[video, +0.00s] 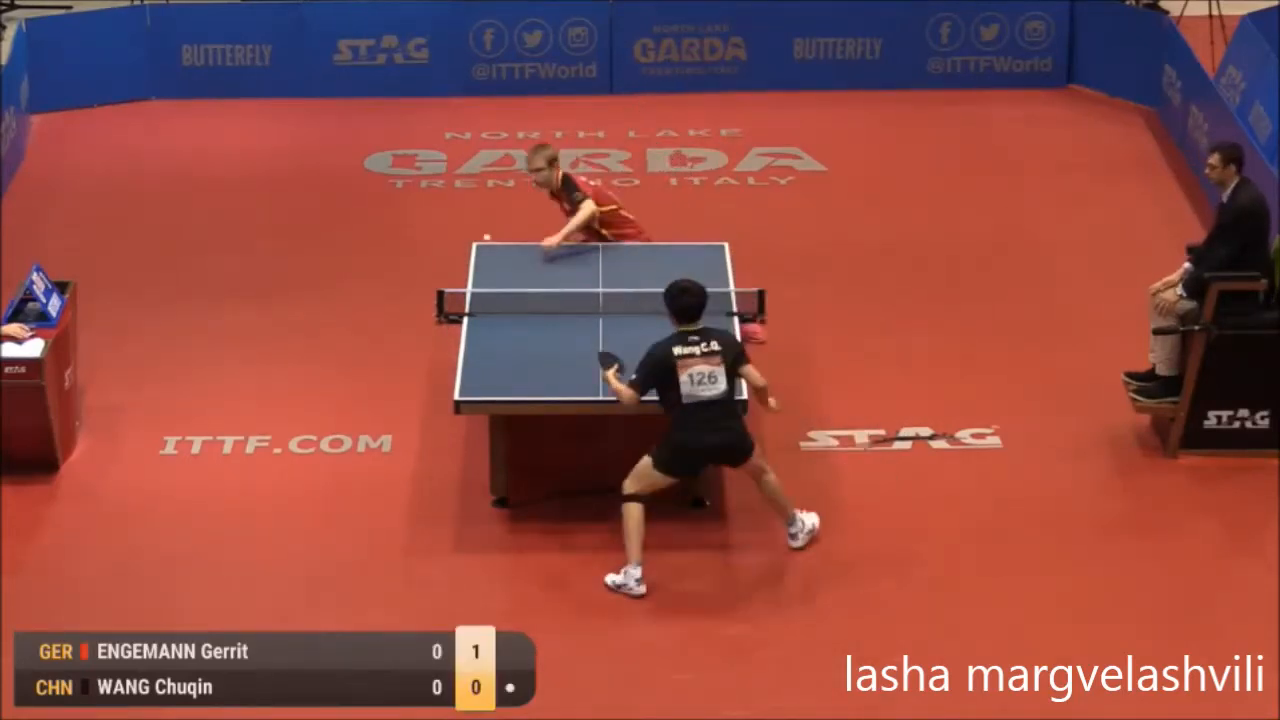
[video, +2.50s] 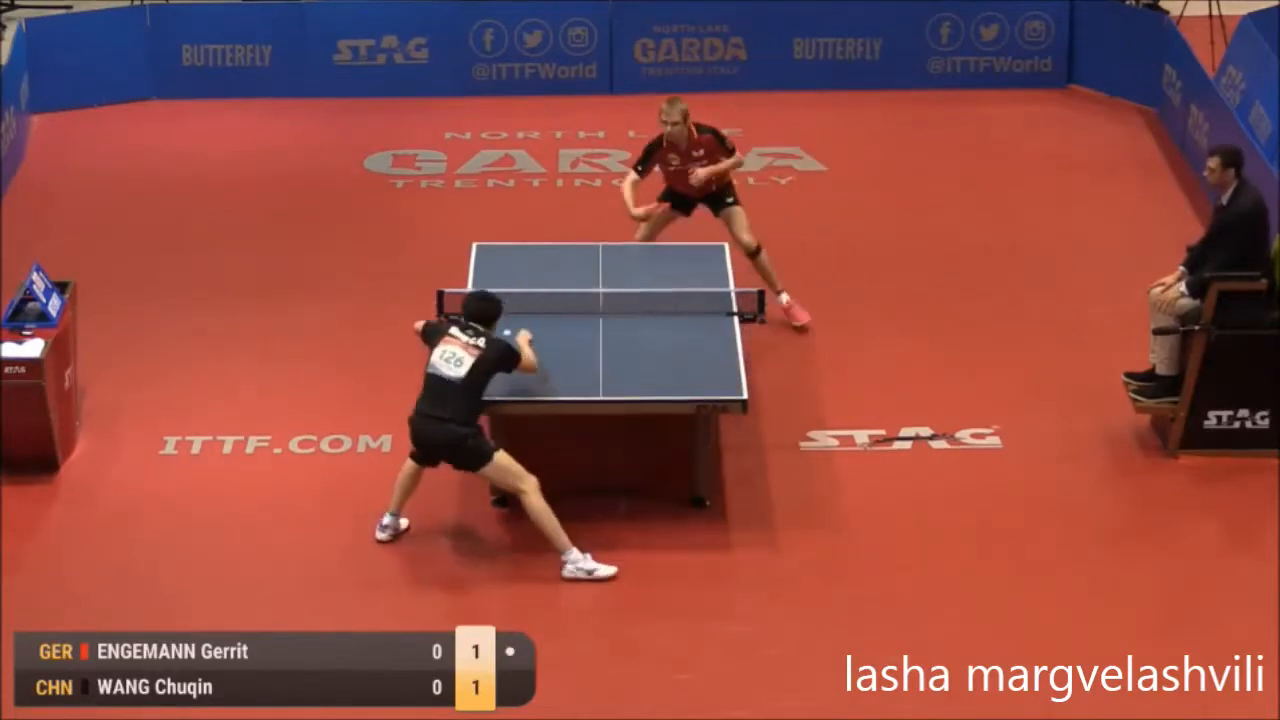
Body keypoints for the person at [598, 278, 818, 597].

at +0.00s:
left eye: (670, 307)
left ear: (670, 312)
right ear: (703, 310)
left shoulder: (661, 351)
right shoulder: (725, 341)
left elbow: (629, 398)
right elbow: (759, 383)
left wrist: (611, 379)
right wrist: (766, 400)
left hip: (686, 443)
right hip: (730, 437)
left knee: (632, 489)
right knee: (763, 474)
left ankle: (632, 574)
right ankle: (796, 526)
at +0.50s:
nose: (691, 360)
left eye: (691, 356)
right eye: (693, 354)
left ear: (697, 359)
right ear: (728, 350)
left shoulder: (706, 397)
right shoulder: (757, 377)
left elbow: (694, 454)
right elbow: (786, 419)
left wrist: (659, 458)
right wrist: (756, 434)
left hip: (732, 482)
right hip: (776, 477)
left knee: (663, 513)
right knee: (810, 504)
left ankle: (662, 600)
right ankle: (846, 574)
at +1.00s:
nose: (663, 365)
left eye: (663, 358)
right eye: (661, 359)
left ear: (678, 354)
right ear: (688, 345)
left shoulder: (708, 382)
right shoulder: (715, 352)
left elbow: (735, 442)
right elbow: (745, 385)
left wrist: (704, 485)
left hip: (754, 455)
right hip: (764, 441)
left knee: (702, 523)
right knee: (721, 499)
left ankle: (706, 619)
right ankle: (735, 562)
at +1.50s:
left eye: (658, 282)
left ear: (653, 287)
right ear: (687, 287)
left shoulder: (639, 325)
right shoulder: (706, 321)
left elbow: (628, 385)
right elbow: (732, 371)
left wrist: (643, 397)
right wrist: (713, 391)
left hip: (653, 417)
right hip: (699, 418)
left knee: (607, 471)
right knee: (722, 482)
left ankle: (589, 550)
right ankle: (742, 559)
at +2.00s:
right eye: (572, 287)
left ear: (545, 289)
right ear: (576, 291)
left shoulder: (525, 317)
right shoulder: (588, 329)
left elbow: (480, 335)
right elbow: (616, 376)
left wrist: (501, 349)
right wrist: (602, 368)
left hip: (515, 413)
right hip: (559, 420)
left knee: (483, 454)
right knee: (610, 474)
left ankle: (450, 520)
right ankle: (588, 556)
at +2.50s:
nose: (495, 320)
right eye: (495, 317)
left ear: (465, 314)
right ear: (493, 322)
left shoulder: (443, 331)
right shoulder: (497, 348)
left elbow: (420, 327)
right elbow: (530, 366)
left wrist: (442, 324)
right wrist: (524, 343)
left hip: (422, 427)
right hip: (459, 435)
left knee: (416, 460)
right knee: (527, 485)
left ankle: (388, 521)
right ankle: (572, 558)